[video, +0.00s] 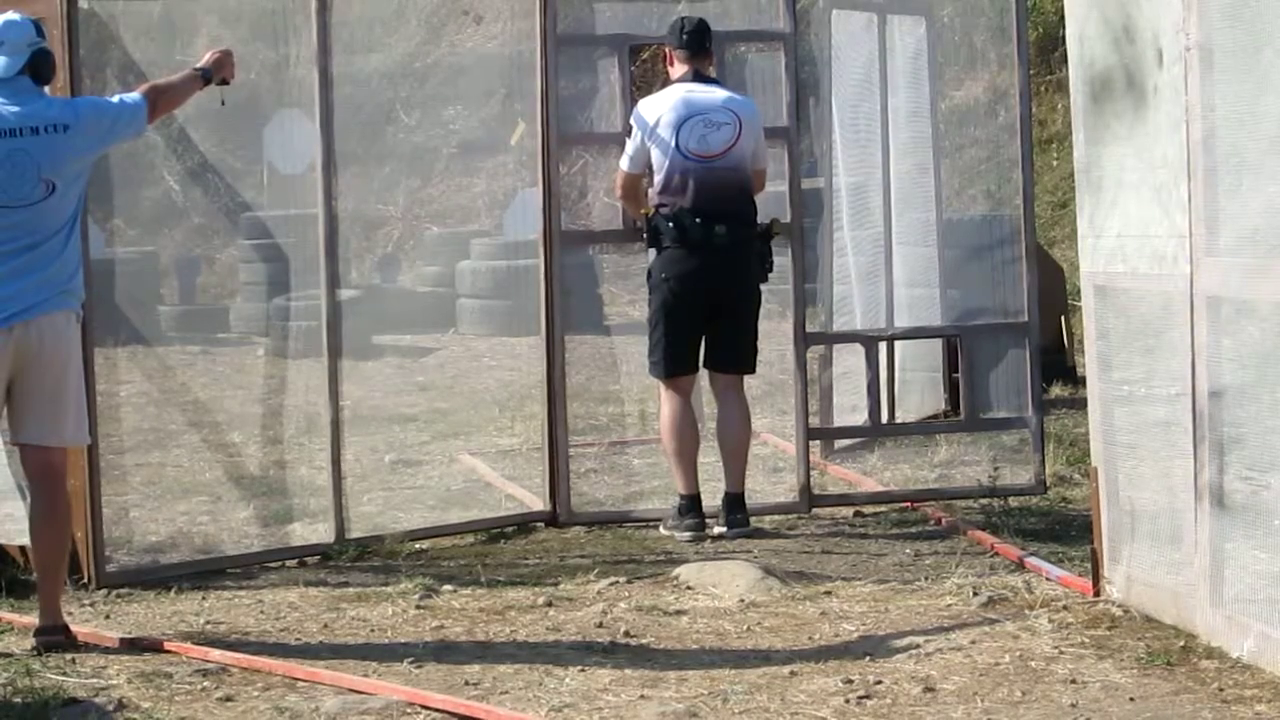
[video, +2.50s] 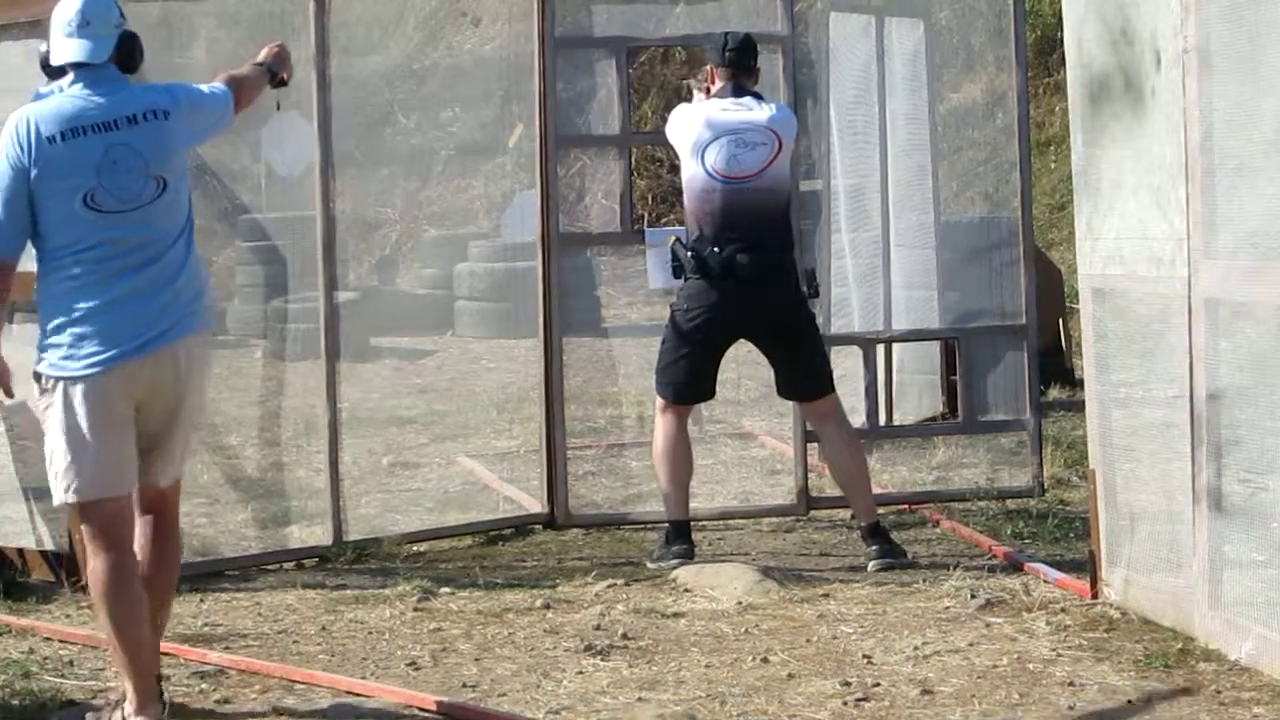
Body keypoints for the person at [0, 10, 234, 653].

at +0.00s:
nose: (51, 68)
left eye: (44, 59)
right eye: (48, 61)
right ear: (41, 65)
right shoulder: (63, 120)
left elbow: (147, 103)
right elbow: (149, 102)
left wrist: (196, 76)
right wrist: (204, 72)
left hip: (16, 315)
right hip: (41, 314)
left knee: (46, 471)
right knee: (47, 470)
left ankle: (49, 617)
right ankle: (50, 620)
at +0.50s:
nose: (52, 71)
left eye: (42, 61)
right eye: (49, 63)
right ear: (44, 68)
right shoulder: (69, 121)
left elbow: (149, 107)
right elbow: (151, 105)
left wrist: (195, 81)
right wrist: (204, 77)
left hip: (11, 316)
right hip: (48, 313)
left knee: (48, 470)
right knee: (50, 470)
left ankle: (47, 614)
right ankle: (50, 618)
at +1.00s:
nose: (26, 85)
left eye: (17, 79)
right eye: (23, 78)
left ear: (6, 86)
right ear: (19, 83)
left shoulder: (33, 133)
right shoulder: (37, 133)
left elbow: (128, 113)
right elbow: (130, 112)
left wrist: (174, 88)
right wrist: (182, 85)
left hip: (24, 328)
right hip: (35, 327)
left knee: (43, 469)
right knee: (44, 469)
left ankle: (54, 611)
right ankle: (55, 612)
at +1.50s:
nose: (41, 69)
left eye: (31, 58)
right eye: (36, 61)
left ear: (2, 74)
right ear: (29, 70)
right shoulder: (63, 125)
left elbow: (144, 103)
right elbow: (146, 101)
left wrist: (184, 72)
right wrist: (192, 66)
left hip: (9, 348)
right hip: (72, 336)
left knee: (6, 508)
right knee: (92, 503)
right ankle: (120, 645)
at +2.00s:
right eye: (106, 48)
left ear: (33, 56)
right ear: (100, 51)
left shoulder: (8, 120)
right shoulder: (138, 108)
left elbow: (6, 227)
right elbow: (213, 89)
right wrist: (248, 62)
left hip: (41, 333)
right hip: (135, 325)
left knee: (38, 489)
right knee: (131, 506)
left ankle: (68, 629)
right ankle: (130, 677)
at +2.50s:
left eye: (56, 51)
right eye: (120, 46)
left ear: (52, 56)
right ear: (123, 49)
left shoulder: (25, 129)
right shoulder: (169, 107)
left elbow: (7, 271)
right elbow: (237, 93)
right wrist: (269, 64)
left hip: (84, 351)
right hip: (177, 332)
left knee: (106, 539)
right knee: (159, 510)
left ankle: (145, 703)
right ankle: (141, 686)